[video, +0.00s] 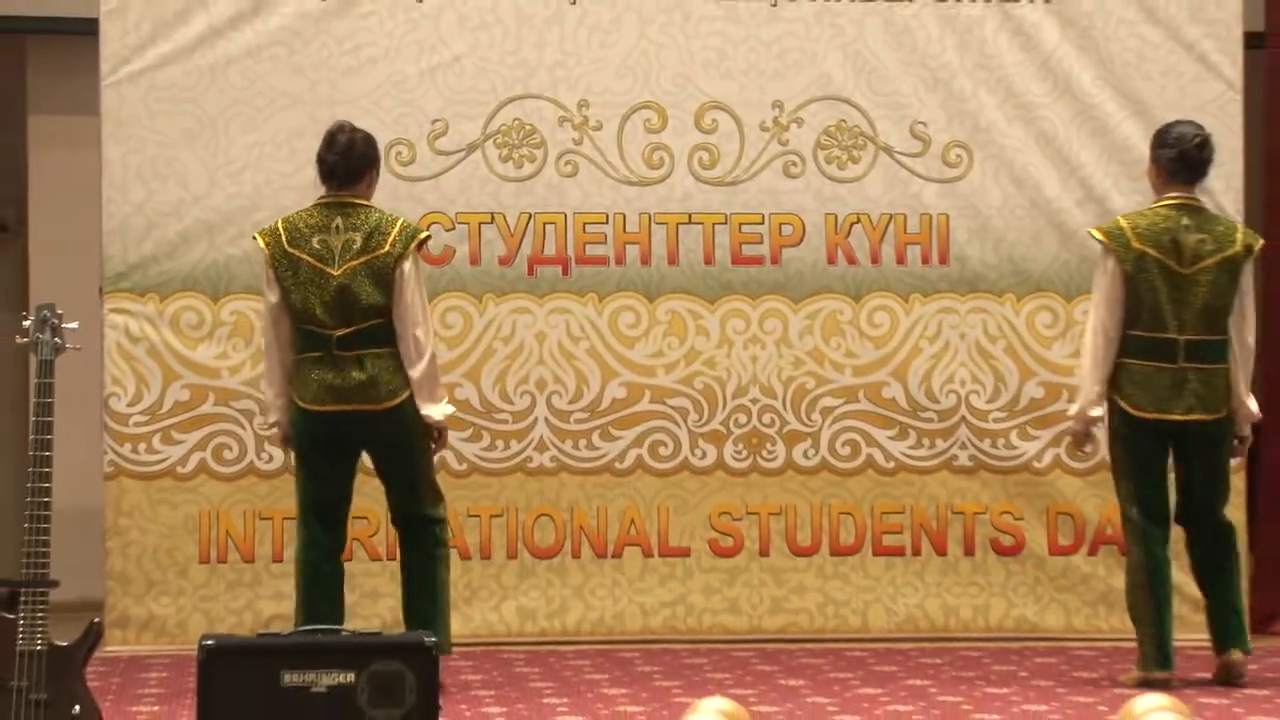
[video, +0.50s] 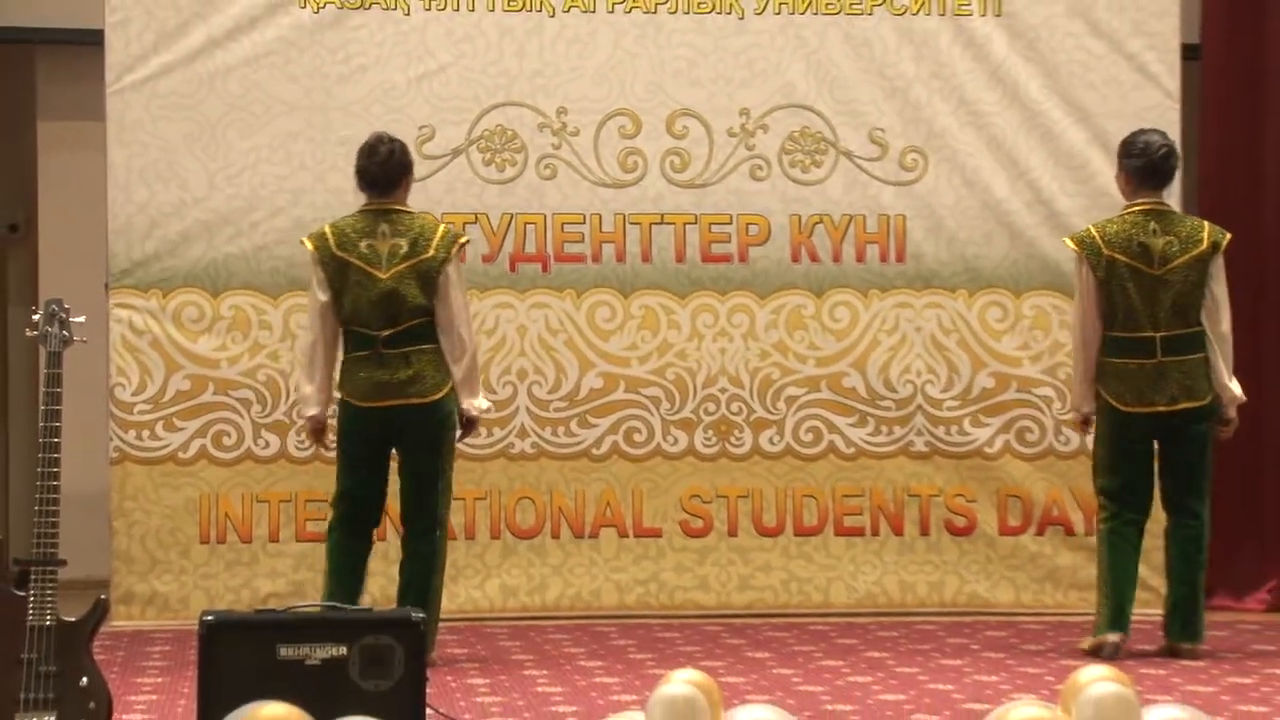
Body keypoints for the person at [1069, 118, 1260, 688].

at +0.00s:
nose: (1146, 171)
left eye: (1148, 163)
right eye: (1153, 162)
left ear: (1155, 169)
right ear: (1204, 171)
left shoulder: (1124, 237)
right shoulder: (1237, 242)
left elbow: (1104, 326)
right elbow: (1242, 333)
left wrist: (1089, 399)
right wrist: (1241, 403)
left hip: (1137, 407)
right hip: (1207, 410)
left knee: (1145, 527)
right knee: (1207, 518)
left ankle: (1154, 661)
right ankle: (1232, 647)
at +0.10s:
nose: (1139, 171)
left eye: (1141, 163)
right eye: (1146, 163)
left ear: (1147, 169)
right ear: (1197, 172)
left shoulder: (1115, 237)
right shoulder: (1229, 241)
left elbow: (1094, 326)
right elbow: (1238, 331)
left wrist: (1077, 398)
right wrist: (1240, 402)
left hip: (1133, 404)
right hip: (1204, 406)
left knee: (1140, 529)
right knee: (1214, 522)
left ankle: (1145, 658)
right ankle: (1233, 654)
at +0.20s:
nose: (1130, 173)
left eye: (1132, 165)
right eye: (1138, 165)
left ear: (1138, 172)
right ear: (1188, 174)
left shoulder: (1106, 240)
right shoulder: (1220, 241)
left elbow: (1084, 328)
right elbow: (1232, 326)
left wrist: (1066, 398)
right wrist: (1238, 395)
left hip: (1129, 403)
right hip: (1201, 403)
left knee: (1135, 524)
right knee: (1207, 523)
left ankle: (1131, 653)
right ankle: (1215, 651)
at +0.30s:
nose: (1125, 173)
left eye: (1126, 166)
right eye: (1131, 165)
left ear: (1133, 172)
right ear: (1183, 173)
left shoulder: (1103, 240)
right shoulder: (1216, 239)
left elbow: (1083, 329)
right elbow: (1228, 323)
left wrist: (1065, 398)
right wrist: (1236, 389)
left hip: (1128, 401)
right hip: (1199, 401)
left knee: (1131, 519)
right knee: (1203, 520)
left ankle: (1123, 647)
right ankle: (1208, 646)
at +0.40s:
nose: (1120, 175)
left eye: (1122, 168)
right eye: (1126, 167)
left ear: (1125, 175)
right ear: (1176, 175)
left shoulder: (1098, 243)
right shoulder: (1210, 240)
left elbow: (1087, 333)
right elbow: (1223, 326)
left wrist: (1074, 399)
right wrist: (1232, 395)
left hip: (1127, 401)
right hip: (1196, 400)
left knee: (1124, 518)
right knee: (1195, 518)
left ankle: (1113, 639)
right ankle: (1194, 640)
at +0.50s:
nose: (1118, 179)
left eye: (1119, 172)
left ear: (1121, 177)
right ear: (1173, 177)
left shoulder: (1095, 243)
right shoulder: (1206, 240)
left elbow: (1088, 331)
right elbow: (1218, 324)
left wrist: (1083, 397)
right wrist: (1226, 391)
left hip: (1123, 401)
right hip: (1190, 399)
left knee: (1120, 513)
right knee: (1188, 513)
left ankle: (1111, 627)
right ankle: (1185, 633)